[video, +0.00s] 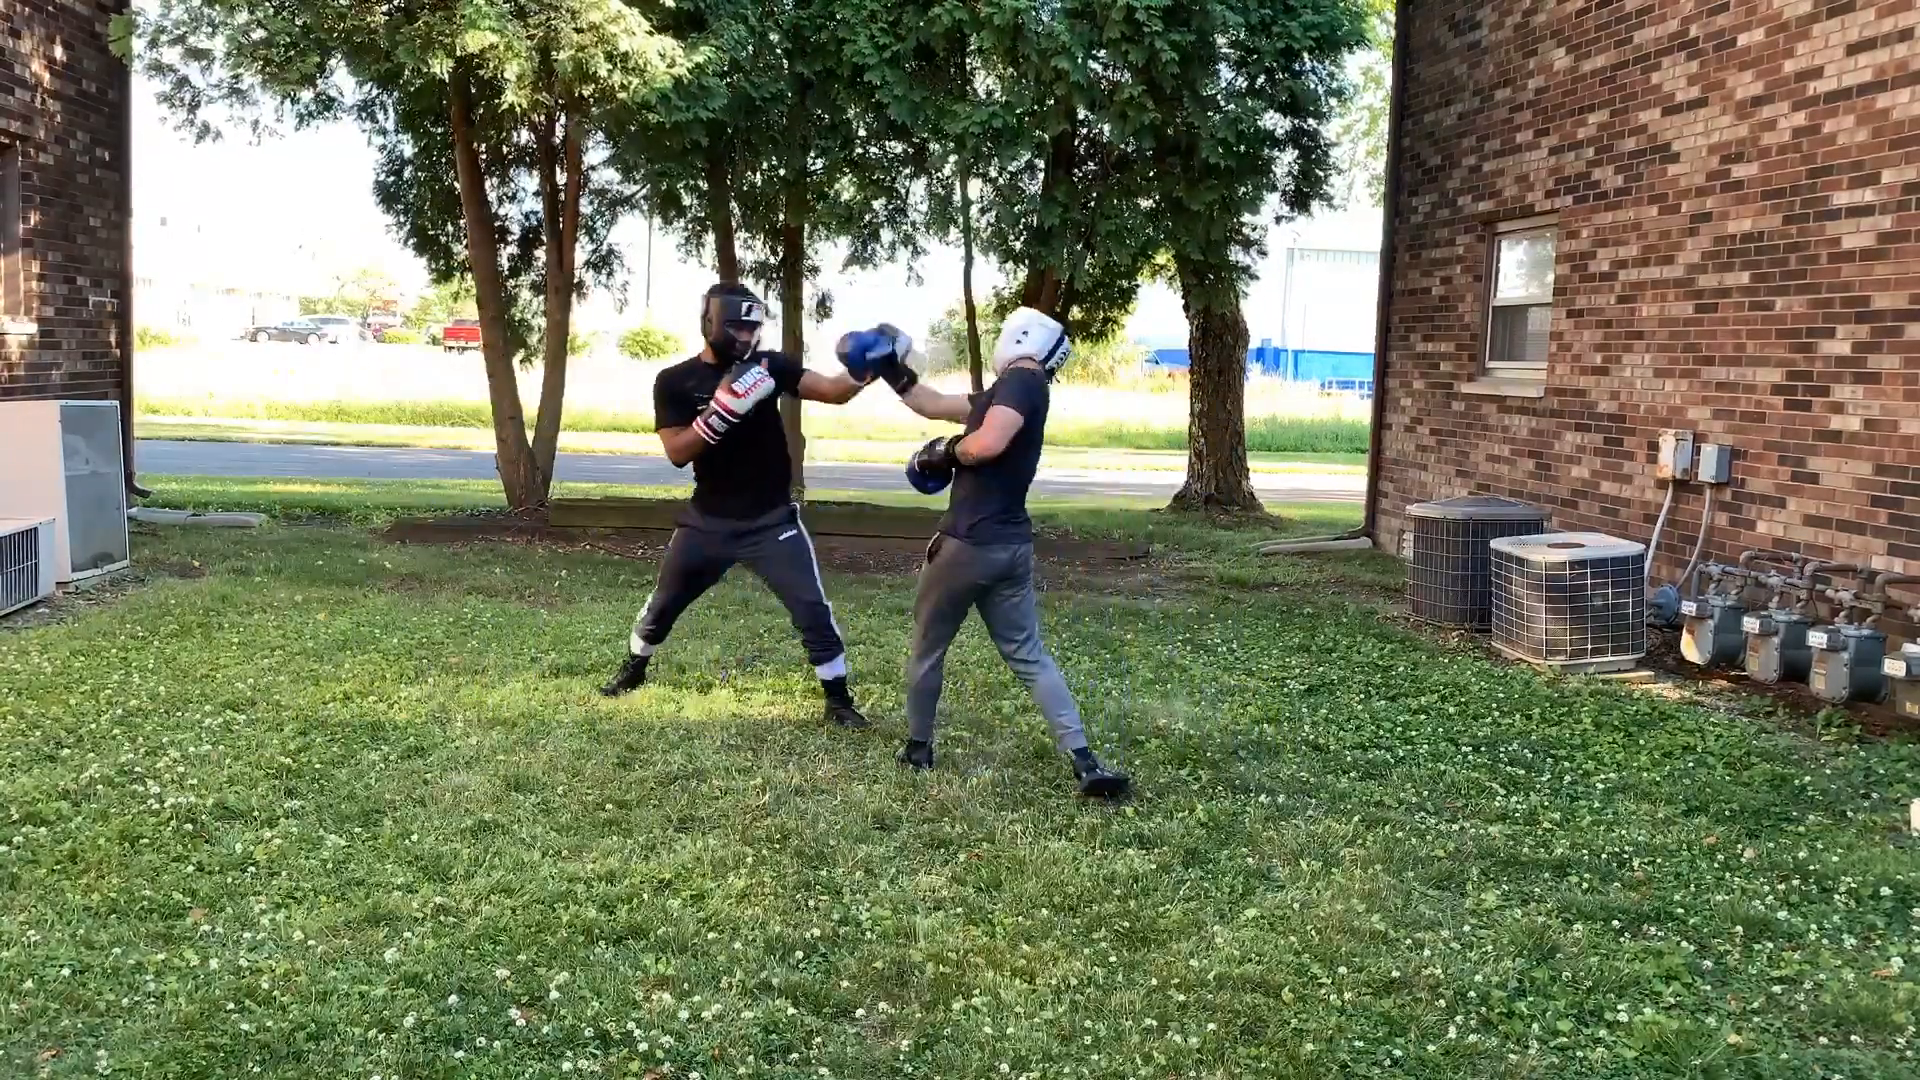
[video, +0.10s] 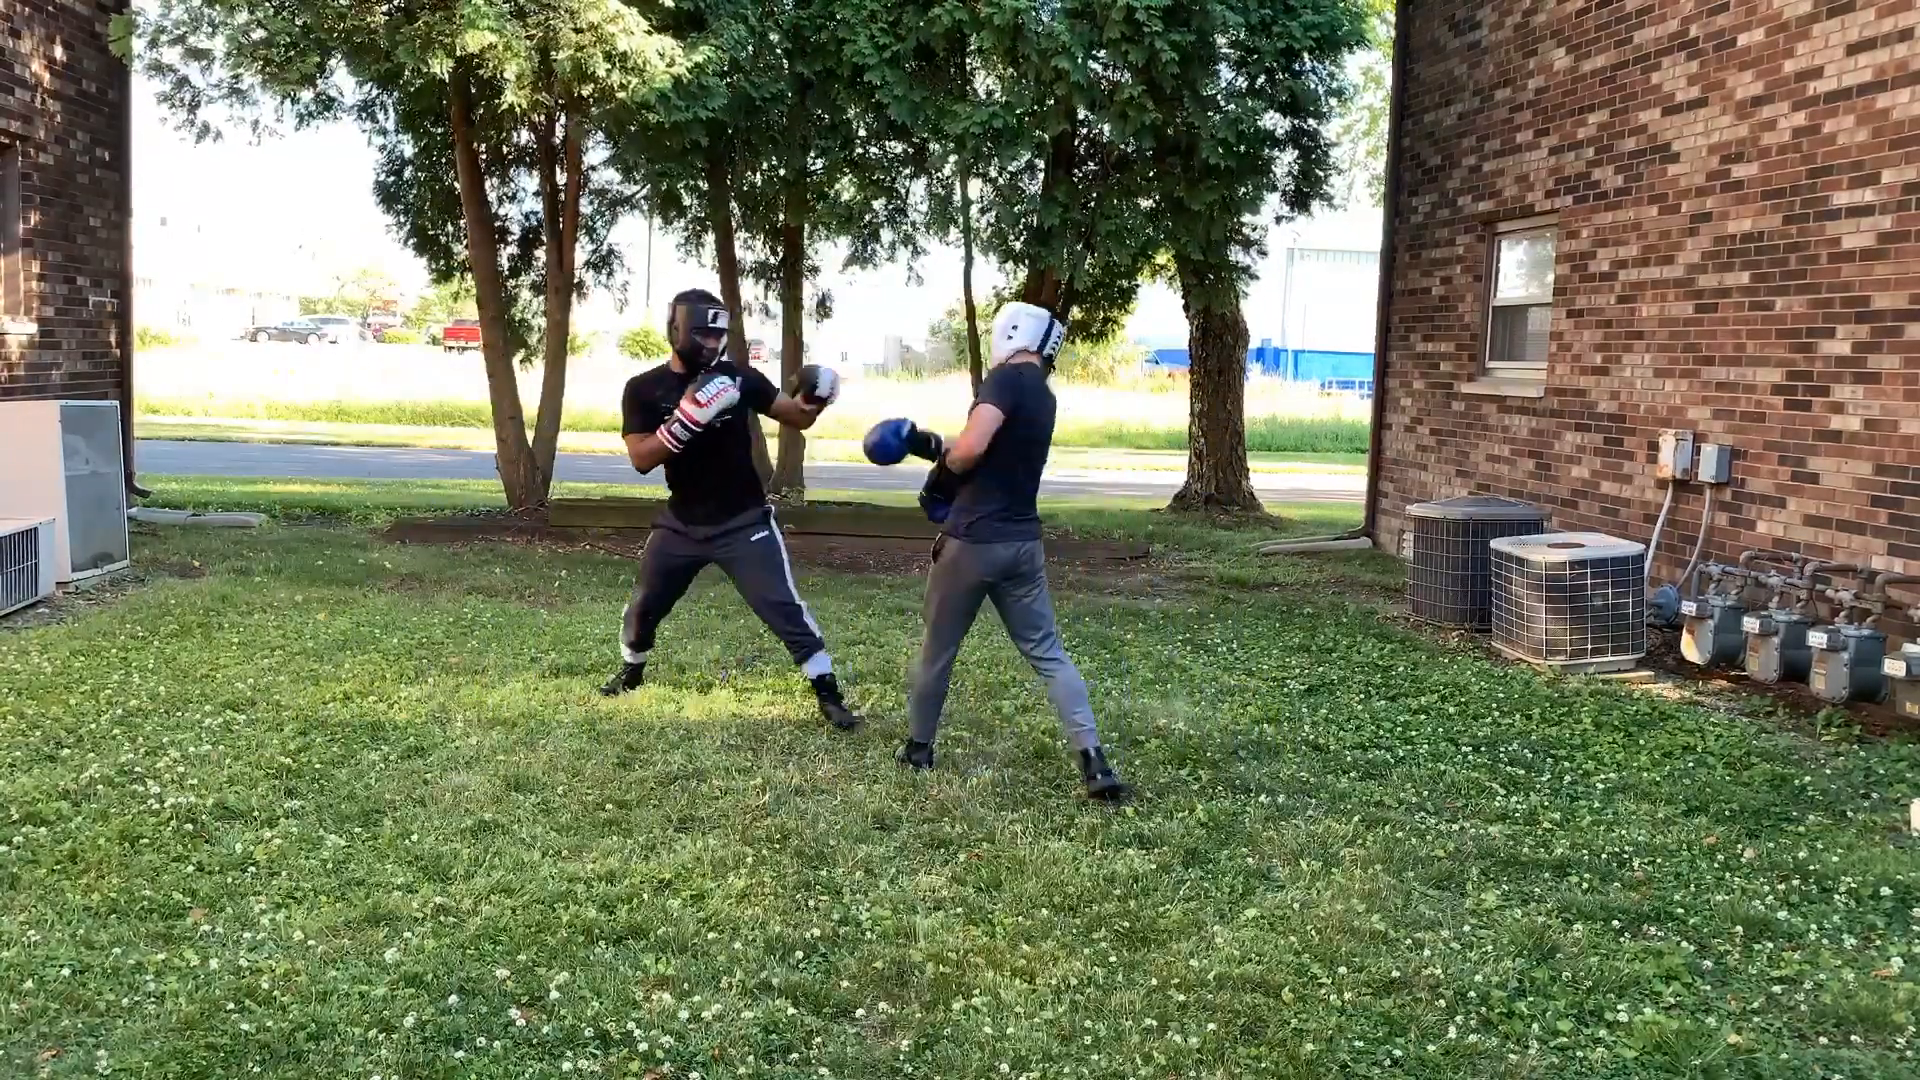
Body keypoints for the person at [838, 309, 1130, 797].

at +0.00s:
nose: (997, 344)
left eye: (1004, 337)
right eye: (1002, 338)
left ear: (1017, 341)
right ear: (1044, 354)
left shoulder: (1019, 382)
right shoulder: (1019, 391)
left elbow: (988, 443)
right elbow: (931, 403)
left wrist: (945, 452)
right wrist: (889, 365)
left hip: (969, 545)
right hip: (1011, 545)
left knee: (927, 647)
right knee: (1028, 654)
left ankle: (918, 749)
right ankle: (1085, 761)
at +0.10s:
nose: (993, 342)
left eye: (998, 335)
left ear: (1011, 336)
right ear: (1044, 344)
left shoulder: (1004, 380)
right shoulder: (1043, 395)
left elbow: (968, 449)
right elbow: (993, 459)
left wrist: (942, 477)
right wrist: (933, 446)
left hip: (972, 544)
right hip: (1023, 543)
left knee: (937, 649)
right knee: (1048, 652)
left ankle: (919, 749)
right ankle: (1094, 762)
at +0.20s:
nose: (918, 370)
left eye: (919, 360)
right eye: (916, 361)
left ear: (935, 356)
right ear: (971, 347)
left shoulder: (940, 403)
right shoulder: (1025, 391)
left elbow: (912, 488)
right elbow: (1027, 462)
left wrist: (916, 501)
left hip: (968, 544)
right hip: (1029, 545)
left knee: (909, 636)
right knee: (1054, 657)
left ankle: (902, 752)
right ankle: (1097, 760)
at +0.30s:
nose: (898, 385)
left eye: (899, 376)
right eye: (897, 376)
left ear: (915, 376)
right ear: (950, 365)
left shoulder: (925, 426)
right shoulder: (1001, 410)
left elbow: (914, 504)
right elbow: (1040, 474)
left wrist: (877, 490)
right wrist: (990, 490)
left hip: (959, 563)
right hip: (1020, 564)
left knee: (887, 632)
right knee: (1040, 666)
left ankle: (877, 750)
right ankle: (1091, 766)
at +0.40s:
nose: (848, 394)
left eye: (848, 386)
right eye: (845, 386)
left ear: (868, 386)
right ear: (893, 374)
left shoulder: (901, 432)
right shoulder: (940, 393)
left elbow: (925, 507)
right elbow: (986, 401)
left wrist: (865, 486)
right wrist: (942, 415)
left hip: (957, 556)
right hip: (998, 548)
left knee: (880, 632)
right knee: (1016, 652)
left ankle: (870, 747)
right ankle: (1086, 750)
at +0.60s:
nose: (791, 413)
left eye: (797, 405)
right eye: (791, 405)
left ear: (825, 399)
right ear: (810, 398)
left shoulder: (883, 426)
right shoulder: (810, 416)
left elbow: (905, 502)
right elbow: (755, 451)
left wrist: (843, 478)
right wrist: (696, 488)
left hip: (933, 528)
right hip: (940, 521)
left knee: (897, 630)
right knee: (992, 614)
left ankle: (875, 746)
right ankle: (1079, 695)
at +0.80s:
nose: (774, 535)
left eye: (768, 530)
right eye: (767, 535)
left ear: (767, 508)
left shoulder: (825, 466)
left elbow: (900, 456)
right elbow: (808, 536)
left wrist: (862, 515)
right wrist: (826, 567)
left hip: (895, 519)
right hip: (853, 530)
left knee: (873, 625)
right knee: (870, 617)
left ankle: (874, 741)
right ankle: (941, 677)